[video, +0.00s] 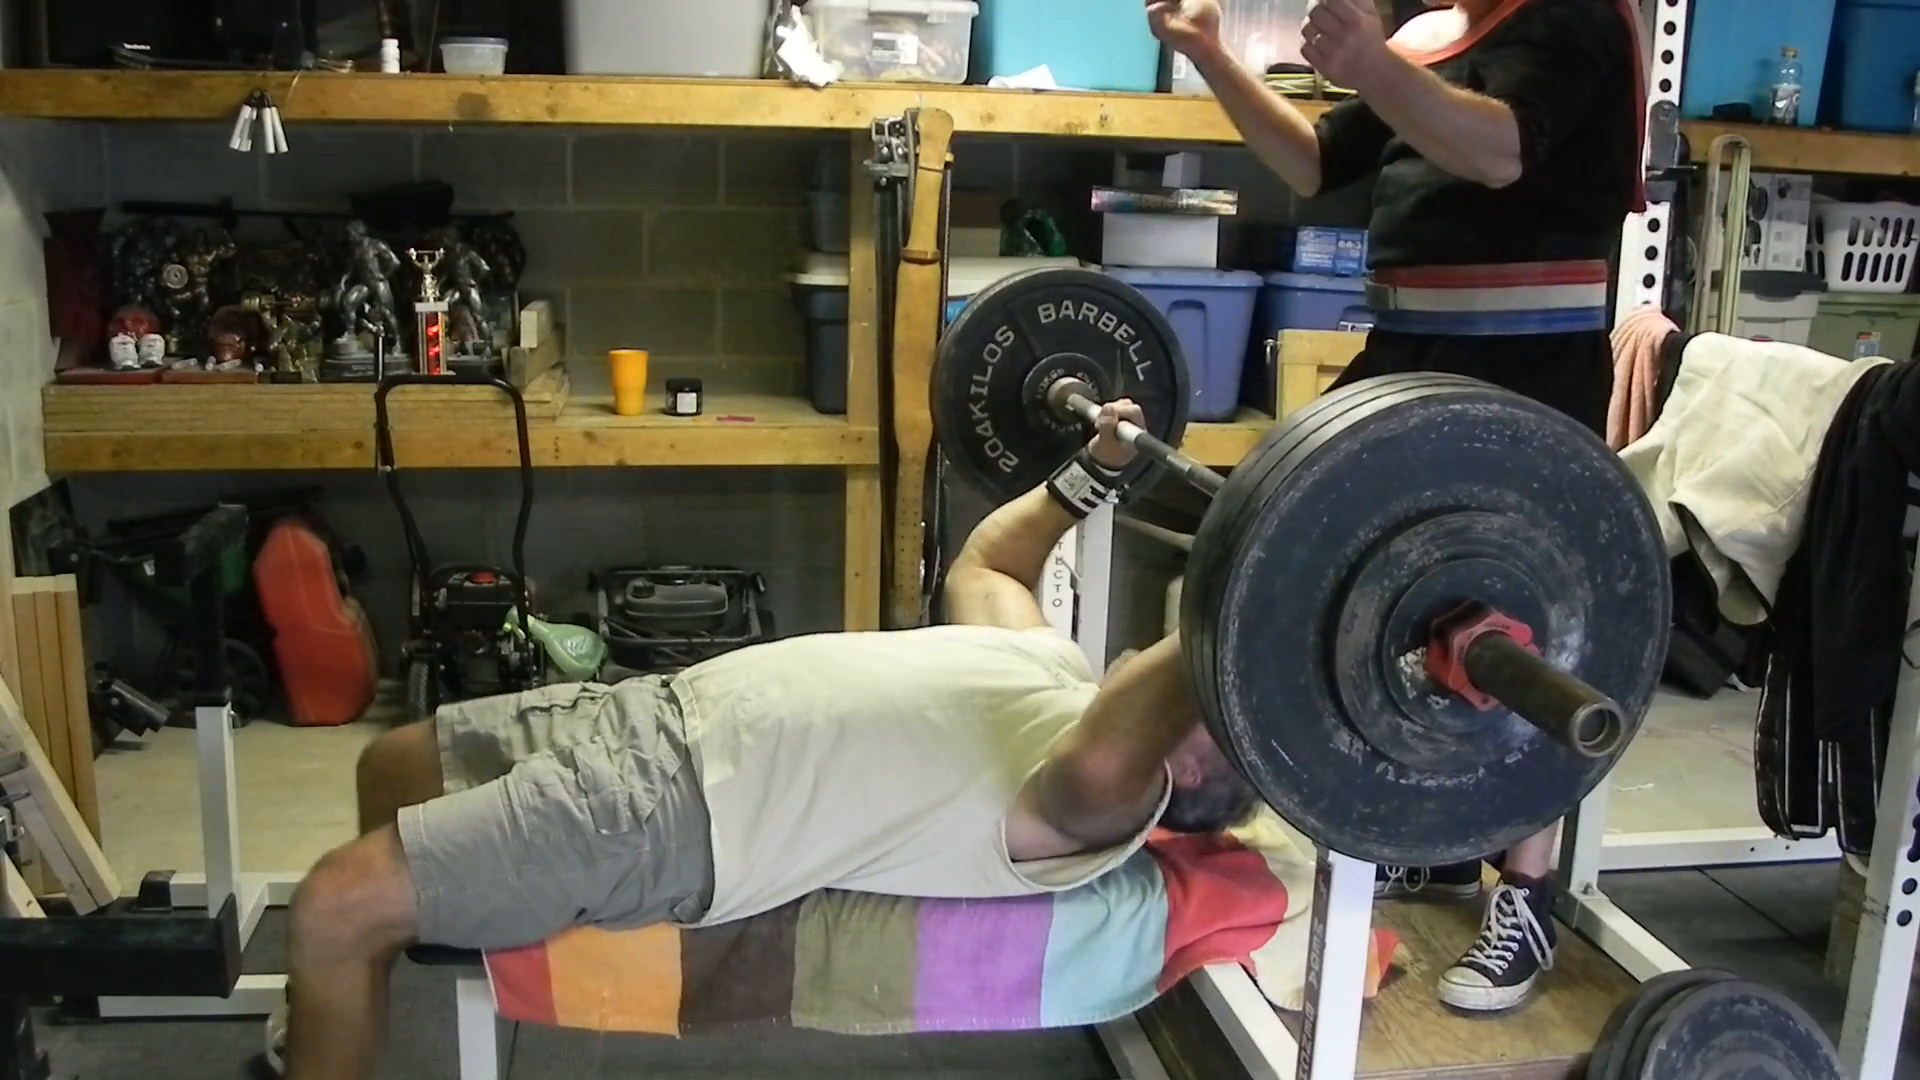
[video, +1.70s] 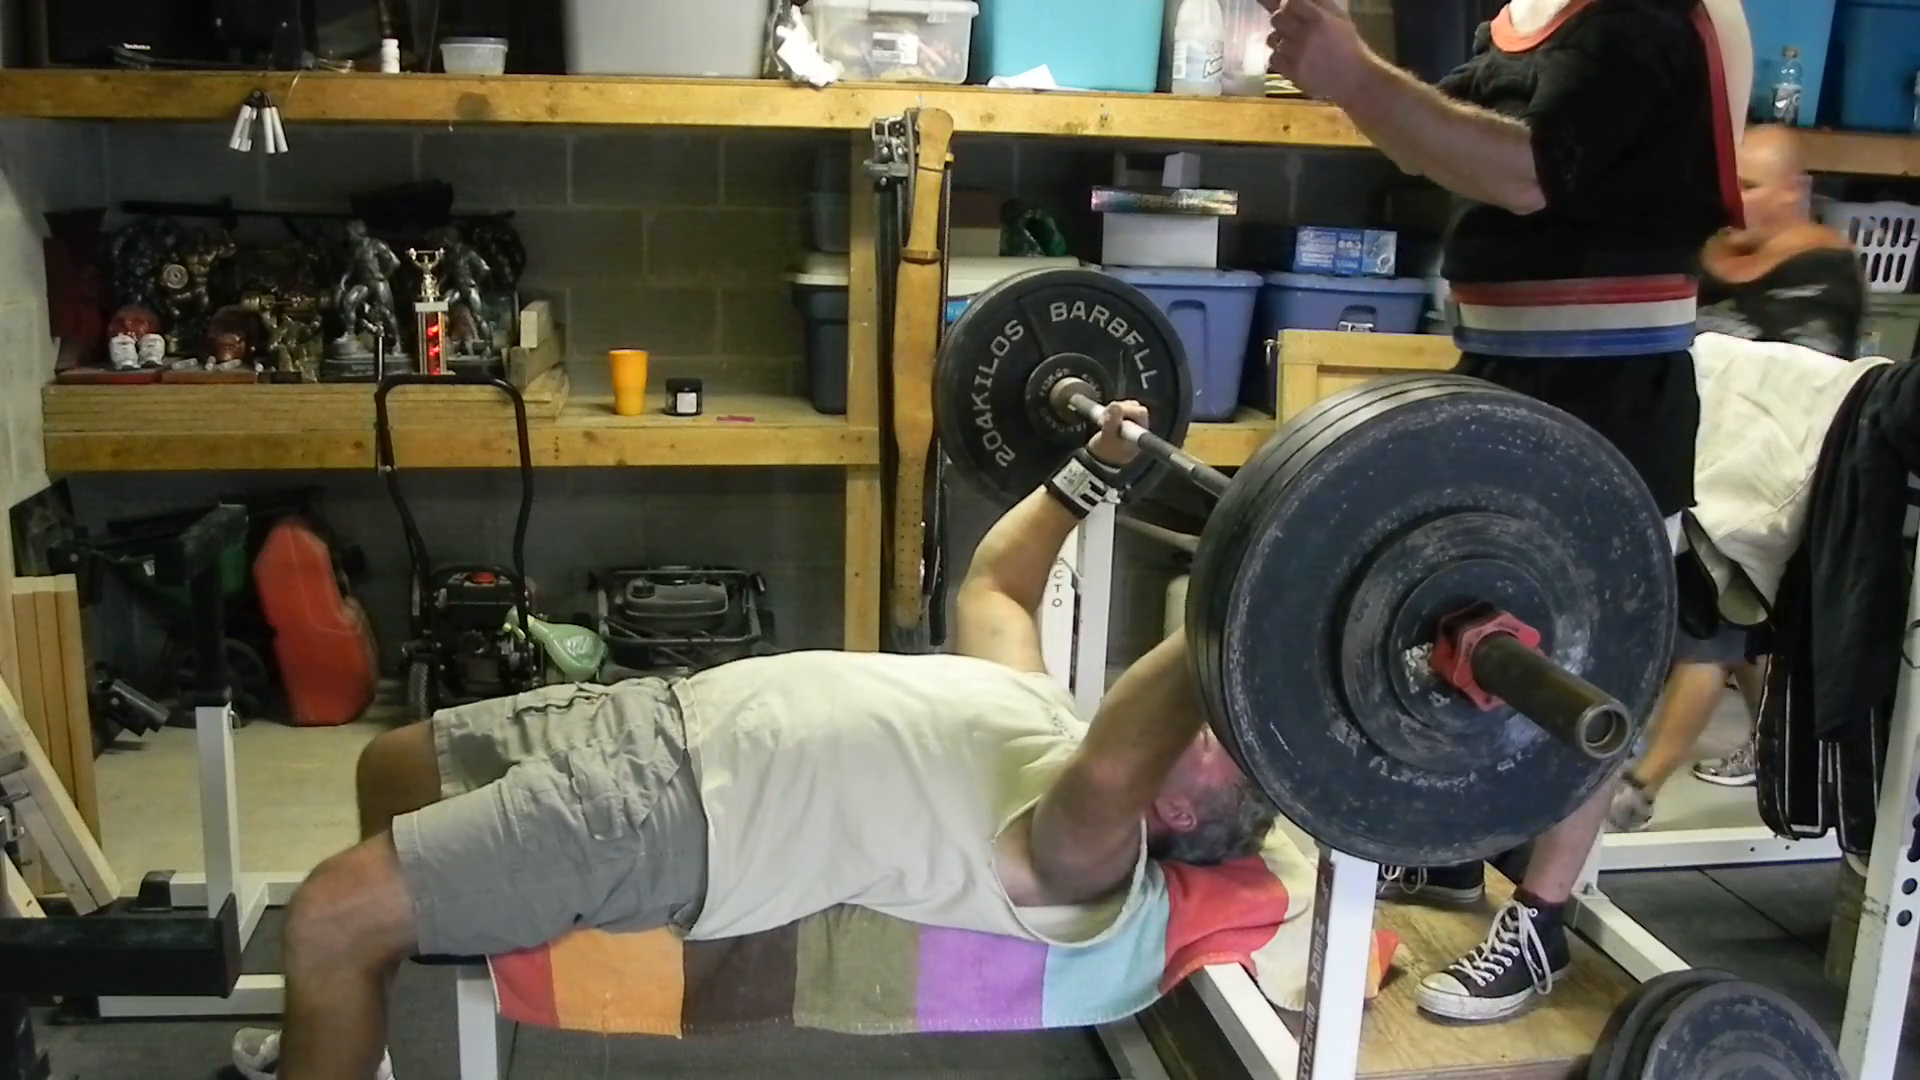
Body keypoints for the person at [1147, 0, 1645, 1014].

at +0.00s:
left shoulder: (1576, 18)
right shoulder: (1428, 38)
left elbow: (1503, 148)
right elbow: (1314, 164)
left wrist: (1372, 64)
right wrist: (1210, 54)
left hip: (1536, 374)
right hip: (1405, 363)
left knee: (1528, 630)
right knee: (1392, 608)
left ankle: (1528, 891)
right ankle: (1431, 831)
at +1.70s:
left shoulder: (1648, 19)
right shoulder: (1528, 17)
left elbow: (1528, 168)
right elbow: (1468, 142)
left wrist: (1355, 76)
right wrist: (1344, 71)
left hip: (1612, 380)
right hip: (1502, 369)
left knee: (1590, 655)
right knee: (1464, 616)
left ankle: (1540, 915)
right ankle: (1446, 845)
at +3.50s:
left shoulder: (1584, 32)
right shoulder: (1469, 34)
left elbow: (1491, 193)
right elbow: (1373, 129)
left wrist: (1305, 228)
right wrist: (1225, 98)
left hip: (1553, 385)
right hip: (1436, 370)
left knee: (1554, 650)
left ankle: (1535, 918)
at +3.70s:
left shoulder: (1511, 26)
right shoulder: (1395, 30)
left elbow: (1467, 214)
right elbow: (1306, 166)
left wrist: (1353, 377)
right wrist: (1170, 239)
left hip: (1518, 374)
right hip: (1413, 370)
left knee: (1526, 637)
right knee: (1366, 611)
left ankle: (1530, 916)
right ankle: (1332, 817)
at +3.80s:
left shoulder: (1460, 39)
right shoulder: (1360, 50)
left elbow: (1447, 234)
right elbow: (1275, 198)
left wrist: (1385, 425)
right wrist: (1166, 310)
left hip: (1489, 385)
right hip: (1400, 382)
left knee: (1504, 635)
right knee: (1360, 610)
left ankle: (1528, 906)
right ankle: (1341, 816)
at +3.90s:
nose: (1234, 2)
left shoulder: (1417, 39)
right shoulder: (1320, 59)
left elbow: (1422, 234)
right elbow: (1250, 210)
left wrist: (1390, 426)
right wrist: (1163, 345)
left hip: (1486, 367)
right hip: (1384, 367)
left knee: (1494, 623)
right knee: (1348, 601)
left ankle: (1521, 884)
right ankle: (1339, 817)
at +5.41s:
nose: (1128, 38)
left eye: (1127, 14)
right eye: (1115, 26)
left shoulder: (1334, 36)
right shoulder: (1195, 73)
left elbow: (1361, 238)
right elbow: (1171, 230)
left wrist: (1330, 455)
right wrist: (1138, 388)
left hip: (1418, 346)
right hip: (1294, 346)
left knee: (1321, 607)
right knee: (1239, 589)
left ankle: (1262, 891)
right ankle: (1211, 820)